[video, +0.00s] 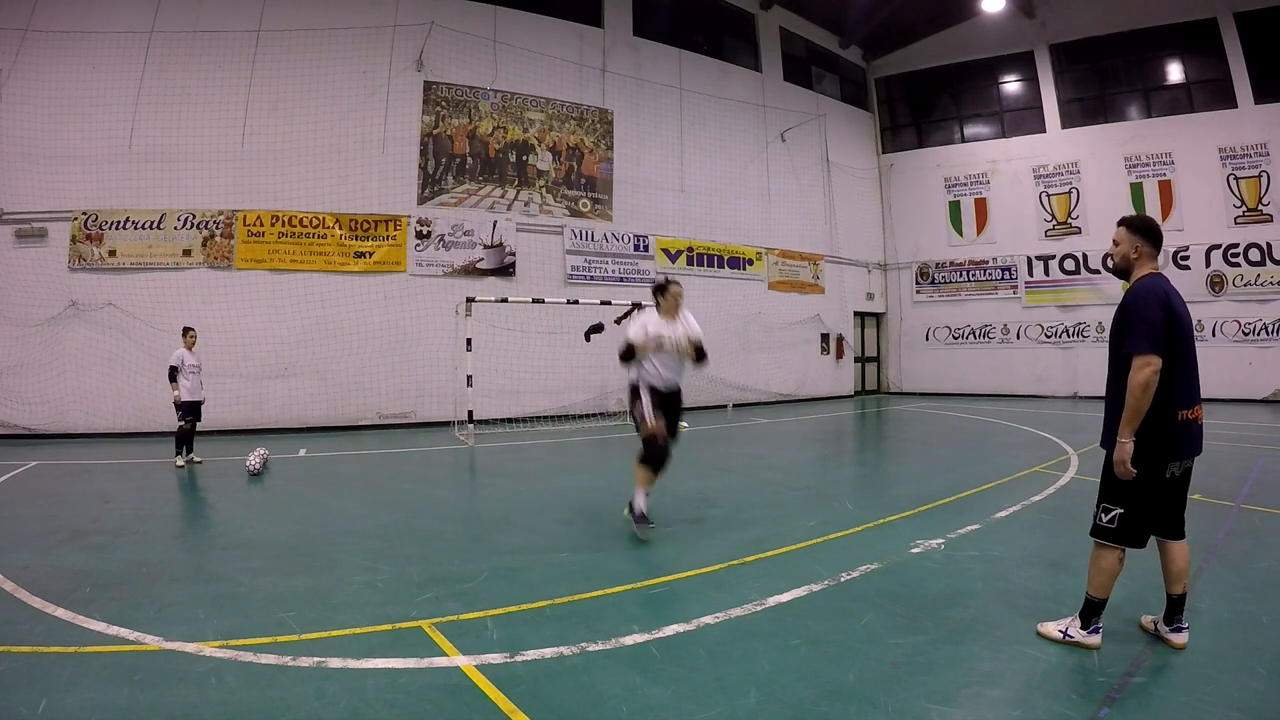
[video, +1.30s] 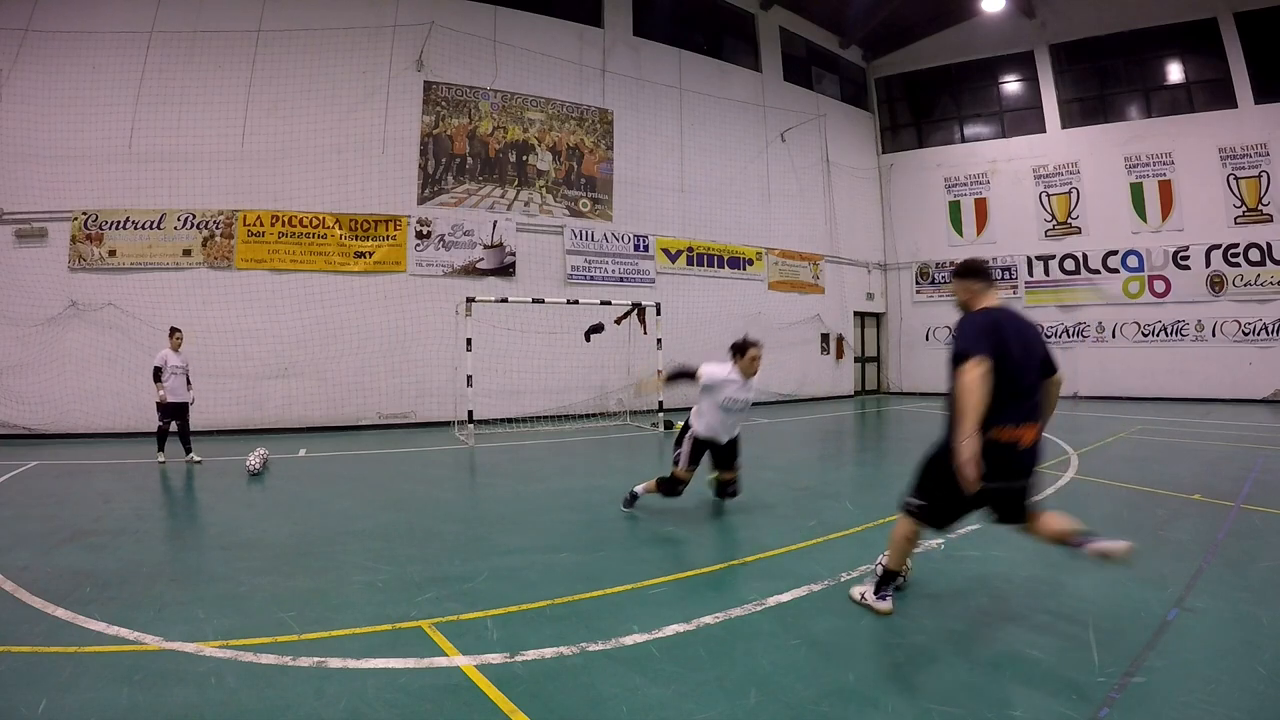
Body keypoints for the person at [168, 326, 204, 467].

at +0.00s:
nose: (193, 340)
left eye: (195, 337)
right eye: (191, 337)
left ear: (196, 339)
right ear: (184, 338)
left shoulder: (196, 356)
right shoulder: (179, 354)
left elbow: (198, 376)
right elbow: (172, 373)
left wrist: (202, 392)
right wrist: (176, 392)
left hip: (196, 397)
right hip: (184, 397)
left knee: (192, 426)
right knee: (184, 426)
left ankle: (189, 454)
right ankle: (178, 456)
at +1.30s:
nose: (180, 341)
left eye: (181, 339)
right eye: (177, 338)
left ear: (182, 340)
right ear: (170, 339)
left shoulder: (183, 357)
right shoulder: (163, 355)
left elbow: (186, 376)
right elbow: (156, 373)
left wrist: (190, 391)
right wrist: (161, 391)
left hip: (183, 398)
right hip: (167, 398)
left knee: (184, 427)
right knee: (164, 426)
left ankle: (189, 453)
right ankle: (160, 452)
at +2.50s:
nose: (199, 345)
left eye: (200, 342)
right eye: (196, 342)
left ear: (199, 343)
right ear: (189, 342)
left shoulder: (199, 359)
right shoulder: (179, 355)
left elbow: (201, 376)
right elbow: (165, 369)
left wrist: (200, 388)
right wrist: (153, 385)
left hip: (190, 397)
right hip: (175, 395)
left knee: (185, 424)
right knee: (181, 421)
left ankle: (178, 450)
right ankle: (173, 450)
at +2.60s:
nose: (205, 346)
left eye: (205, 344)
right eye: (202, 344)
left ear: (206, 345)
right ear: (194, 344)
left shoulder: (205, 361)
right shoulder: (183, 357)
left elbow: (208, 376)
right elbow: (167, 369)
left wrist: (205, 389)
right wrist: (153, 381)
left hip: (193, 397)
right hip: (178, 394)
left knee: (185, 424)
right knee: (186, 421)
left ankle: (176, 451)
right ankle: (187, 453)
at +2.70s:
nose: (209, 347)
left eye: (210, 345)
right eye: (207, 344)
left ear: (210, 345)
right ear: (199, 344)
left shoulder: (210, 361)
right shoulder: (187, 356)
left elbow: (214, 375)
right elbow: (171, 368)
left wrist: (209, 388)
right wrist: (156, 380)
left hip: (197, 396)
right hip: (183, 394)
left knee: (192, 424)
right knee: (190, 420)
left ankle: (180, 448)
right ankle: (186, 452)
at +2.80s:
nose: (214, 350)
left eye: (215, 347)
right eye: (212, 347)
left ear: (214, 347)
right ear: (203, 346)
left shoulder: (214, 362)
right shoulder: (191, 360)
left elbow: (215, 378)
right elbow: (179, 376)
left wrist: (210, 389)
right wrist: (169, 392)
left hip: (203, 397)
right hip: (188, 395)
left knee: (206, 426)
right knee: (190, 424)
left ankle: (192, 440)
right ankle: (181, 453)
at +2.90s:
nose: (220, 348)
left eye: (221, 345)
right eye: (218, 345)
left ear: (221, 346)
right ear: (210, 346)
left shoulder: (218, 360)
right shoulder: (201, 361)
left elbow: (213, 378)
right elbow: (192, 380)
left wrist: (212, 393)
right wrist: (195, 394)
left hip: (212, 400)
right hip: (197, 403)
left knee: (225, 420)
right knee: (191, 428)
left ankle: (220, 449)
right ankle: (181, 454)